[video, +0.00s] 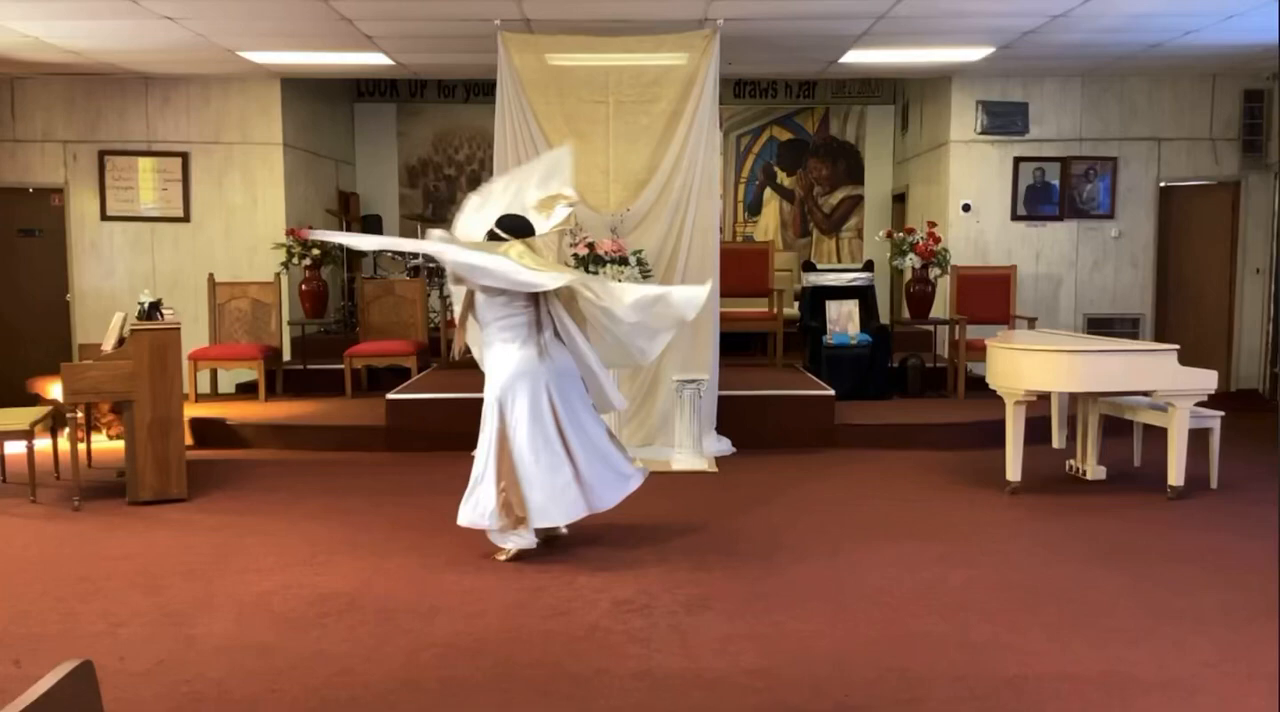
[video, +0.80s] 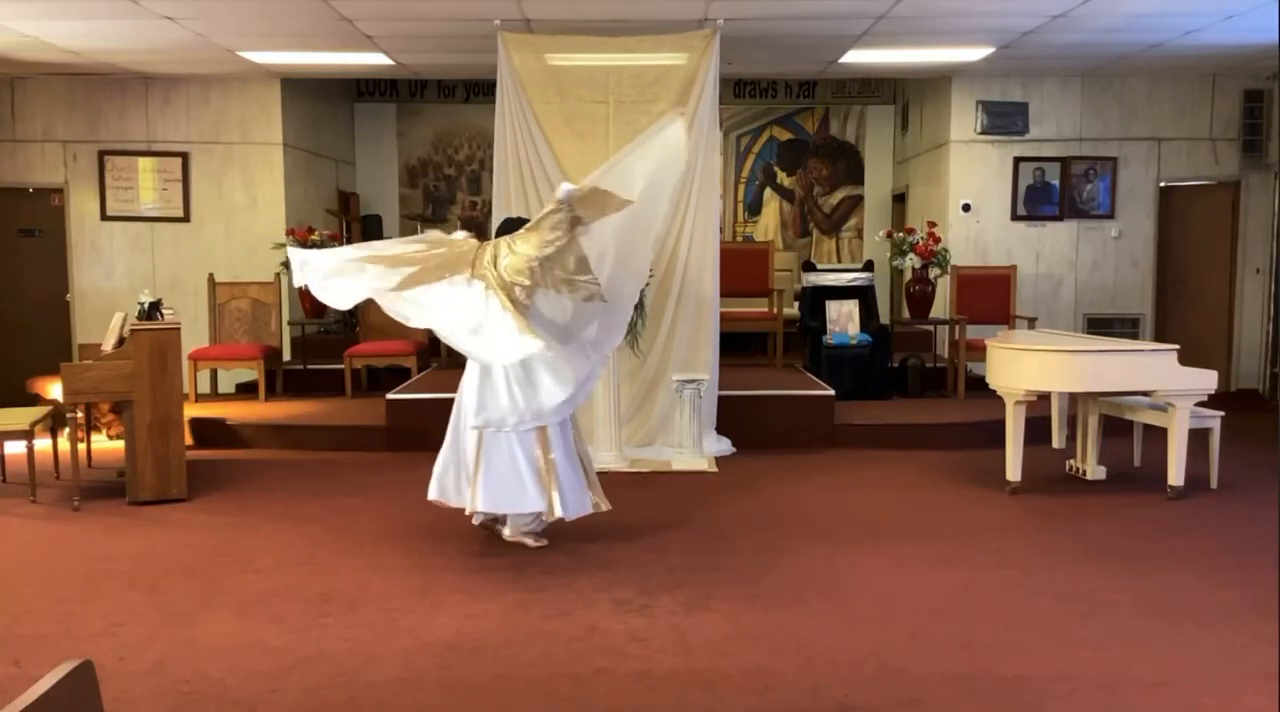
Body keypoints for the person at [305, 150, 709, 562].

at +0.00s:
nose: (491, 240)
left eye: (489, 236)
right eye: (511, 235)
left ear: (488, 240)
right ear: (527, 238)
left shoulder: (484, 270)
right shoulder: (540, 266)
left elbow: (450, 257)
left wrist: (437, 243)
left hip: (511, 365)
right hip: (545, 358)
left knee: (510, 446)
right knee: (545, 439)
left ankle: (516, 531)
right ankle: (550, 518)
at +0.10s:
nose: (504, 244)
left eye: (500, 239)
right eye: (516, 238)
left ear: (493, 241)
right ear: (528, 240)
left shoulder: (477, 271)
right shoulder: (542, 270)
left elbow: (422, 257)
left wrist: (402, 242)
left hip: (504, 366)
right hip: (545, 362)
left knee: (507, 448)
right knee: (543, 442)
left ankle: (515, 533)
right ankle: (541, 522)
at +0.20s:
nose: (509, 249)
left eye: (503, 244)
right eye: (514, 242)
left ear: (492, 242)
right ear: (529, 241)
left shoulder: (480, 266)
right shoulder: (543, 263)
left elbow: (427, 256)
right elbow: (578, 222)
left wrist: (384, 243)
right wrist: (604, 191)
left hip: (501, 371)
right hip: (546, 367)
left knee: (504, 447)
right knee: (545, 442)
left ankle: (512, 534)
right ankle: (540, 524)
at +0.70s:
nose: (533, 254)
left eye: (524, 247)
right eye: (531, 246)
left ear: (494, 241)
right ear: (522, 242)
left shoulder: (474, 271)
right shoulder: (528, 271)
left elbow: (425, 267)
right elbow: (562, 247)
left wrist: (393, 253)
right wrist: (587, 210)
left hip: (489, 369)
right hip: (527, 366)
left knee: (490, 438)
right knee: (531, 442)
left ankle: (490, 511)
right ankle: (527, 528)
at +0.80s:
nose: (544, 250)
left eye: (544, 244)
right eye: (540, 243)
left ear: (497, 239)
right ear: (521, 242)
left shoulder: (479, 268)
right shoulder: (525, 267)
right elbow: (589, 291)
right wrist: (573, 230)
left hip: (488, 360)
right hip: (522, 361)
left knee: (488, 431)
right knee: (527, 436)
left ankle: (483, 506)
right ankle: (521, 521)